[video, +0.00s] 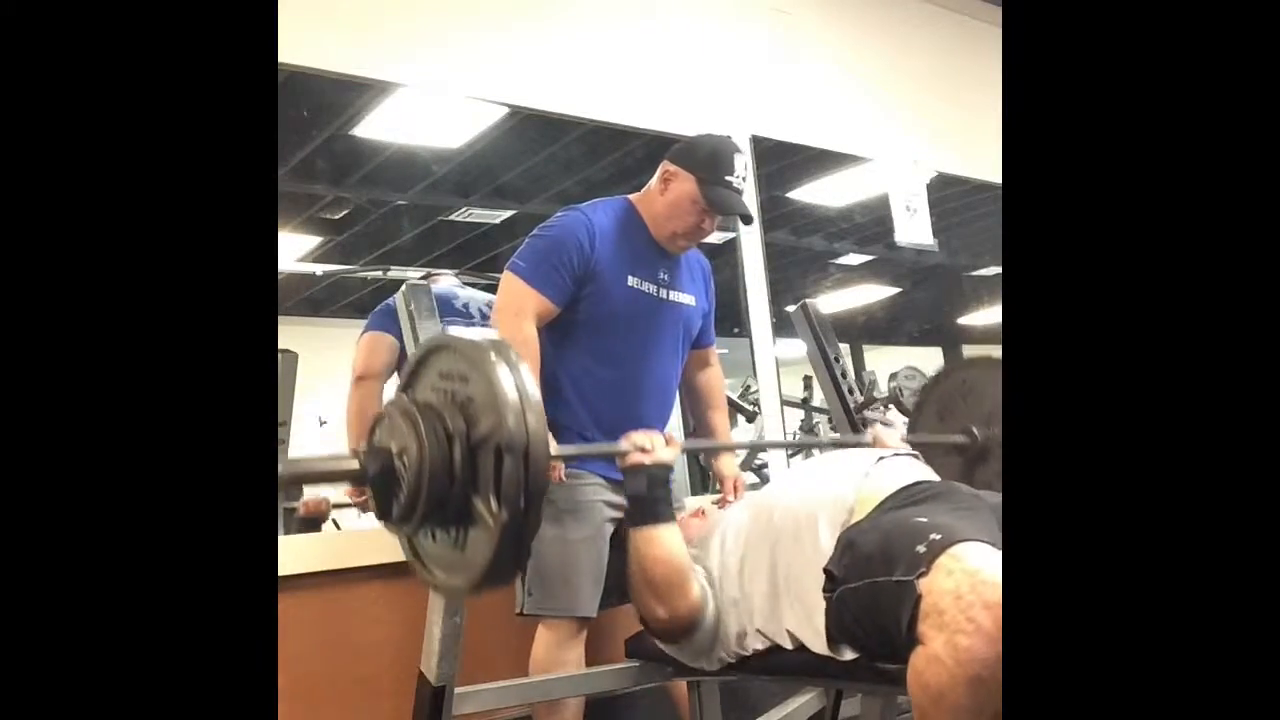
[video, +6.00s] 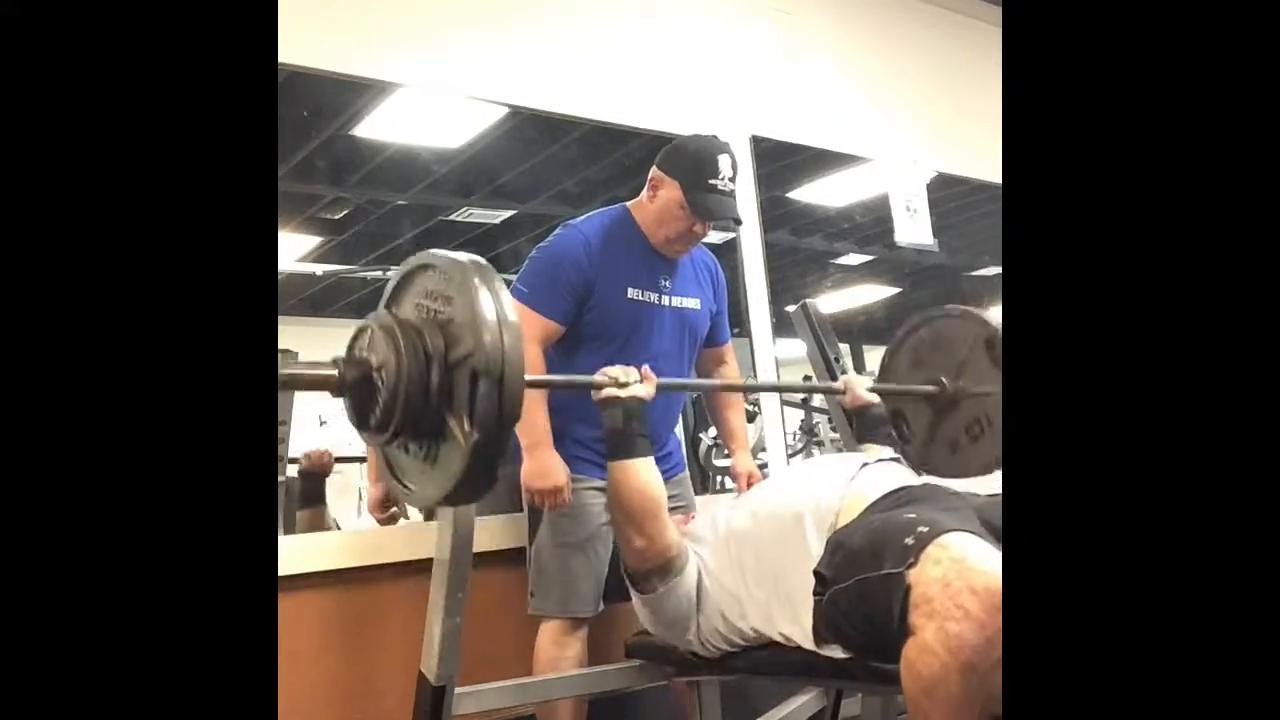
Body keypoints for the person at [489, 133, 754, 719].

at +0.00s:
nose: (712, 224)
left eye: (721, 214)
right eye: (706, 206)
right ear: (666, 178)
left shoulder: (697, 271)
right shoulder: (583, 232)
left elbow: (703, 366)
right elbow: (513, 315)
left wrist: (722, 453)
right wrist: (531, 431)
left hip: (651, 476)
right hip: (575, 469)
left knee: (627, 625)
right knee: (564, 626)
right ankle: (557, 718)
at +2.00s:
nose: (699, 227)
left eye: (708, 218)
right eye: (689, 211)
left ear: (717, 214)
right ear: (650, 186)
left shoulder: (704, 269)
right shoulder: (575, 246)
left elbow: (718, 364)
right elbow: (516, 340)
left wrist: (739, 449)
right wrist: (535, 444)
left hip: (661, 473)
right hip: (579, 469)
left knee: (634, 614)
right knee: (568, 620)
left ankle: (616, 715)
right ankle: (563, 718)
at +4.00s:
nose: (704, 229)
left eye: (713, 219)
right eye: (696, 212)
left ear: (722, 214)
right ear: (657, 186)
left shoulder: (706, 270)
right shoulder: (579, 247)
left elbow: (719, 364)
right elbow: (520, 340)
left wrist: (739, 449)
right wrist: (538, 446)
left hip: (661, 470)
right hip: (579, 467)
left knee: (652, 611)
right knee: (570, 619)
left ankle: (638, 713)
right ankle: (565, 716)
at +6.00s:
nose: (703, 228)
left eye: (712, 218)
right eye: (694, 212)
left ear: (722, 214)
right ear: (655, 185)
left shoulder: (706, 270)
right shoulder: (578, 247)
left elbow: (719, 364)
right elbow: (521, 341)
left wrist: (740, 450)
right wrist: (537, 448)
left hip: (662, 470)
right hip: (579, 468)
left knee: (657, 612)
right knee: (569, 622)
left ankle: (645, 714)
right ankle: (563, 717)